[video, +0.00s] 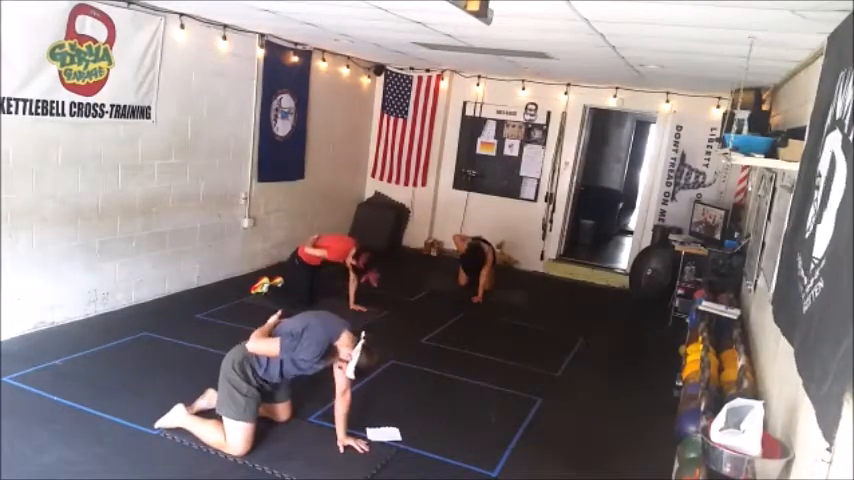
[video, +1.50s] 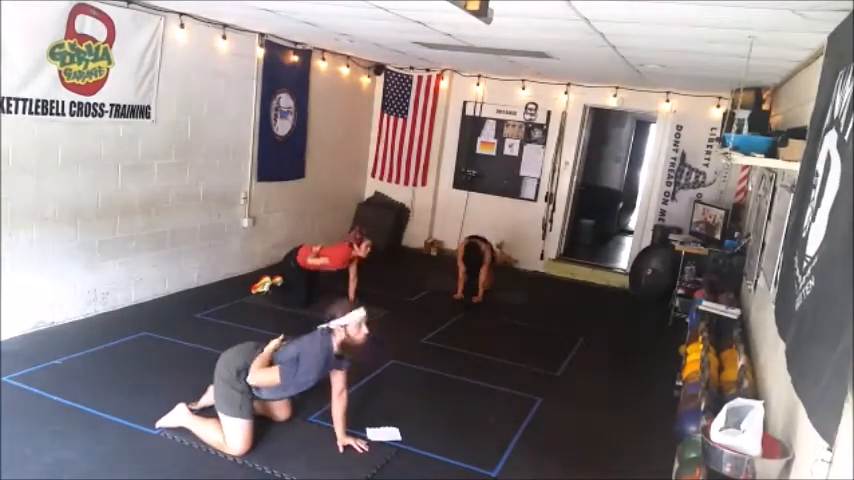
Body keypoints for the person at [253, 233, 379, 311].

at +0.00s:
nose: (351, 267)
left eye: (354, 267)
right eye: (353, 264)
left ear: (361, 256)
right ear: (356, 258)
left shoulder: (354, 251)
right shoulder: (337, 253)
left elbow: (353, 278)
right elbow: (305, 250)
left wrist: (352, 303)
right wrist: (312, 239)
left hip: (313, 263)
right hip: (301, 262)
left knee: (309, 300)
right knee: (301, 302)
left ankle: (278, 284)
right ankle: (269, 287)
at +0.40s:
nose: (364, 264)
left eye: (366, 261)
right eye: (364, 260)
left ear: (365, 256)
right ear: (359, 254)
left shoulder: (354, 254)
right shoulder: (340, 257)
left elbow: (353, 279)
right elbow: (307, 256)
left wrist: (352, 303)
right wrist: (312, 248)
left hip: (309, 264)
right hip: (297, 263)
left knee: (310, 299)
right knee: (301, 302)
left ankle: (279, 284)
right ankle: (269, 288)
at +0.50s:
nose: (369, 250)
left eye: (369, 247)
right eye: (366, 246)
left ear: (361, 247)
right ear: (357, 246)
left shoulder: (352, 257)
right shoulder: (342, 256)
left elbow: (353, 280)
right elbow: (310, 262)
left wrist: (351, 303)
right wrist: (315, 252)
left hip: (303, 254)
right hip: (296, 261)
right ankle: (270, 286)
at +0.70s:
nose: (366, 258)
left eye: (367, 255)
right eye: (364, 254)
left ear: (358, 250)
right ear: (355, 251)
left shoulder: (351, 254)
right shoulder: (339, 257)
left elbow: (352, 279)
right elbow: (305, 258)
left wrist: (351, 303)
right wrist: (312, 247)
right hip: (294, 262)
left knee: (310, 293)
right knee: (301, 297)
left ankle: (277, 284)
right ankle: (270, 288)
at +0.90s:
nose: (351, 266)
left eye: (354, 265)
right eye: (352, 264)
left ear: (358, 253)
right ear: (355, 256)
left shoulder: (350, 245)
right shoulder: (335, 253)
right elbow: (304, 250)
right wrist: (310, 239)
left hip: (313, 261)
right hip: (299, 261)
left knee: (312, 295)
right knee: (300, 298)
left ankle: (279, 285)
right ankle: (268, 290)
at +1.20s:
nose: (362, 263)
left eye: (364, 261)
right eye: (363, 260)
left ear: (361, 253)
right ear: (359, 254)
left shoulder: (351, 253)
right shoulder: (339, 256)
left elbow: (352, 278)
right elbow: (305, 255)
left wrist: (351, 303)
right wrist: (309, 245)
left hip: (304, 262)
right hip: (295, 262)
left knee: (308, 298)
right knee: (300, 301)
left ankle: (276, 283)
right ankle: (268, 290)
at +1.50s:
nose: (368, 250)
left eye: (370, 248)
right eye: (366, 247)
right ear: (357, 245)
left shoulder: (353, 255)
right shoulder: (341, 257)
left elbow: (353, 278)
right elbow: (309, 262)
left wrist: (351, 300)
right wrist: (315, 252)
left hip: (306, 258)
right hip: (295, 261)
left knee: (312, 296)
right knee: (300, 299)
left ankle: (280, 283)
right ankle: (270, 288)